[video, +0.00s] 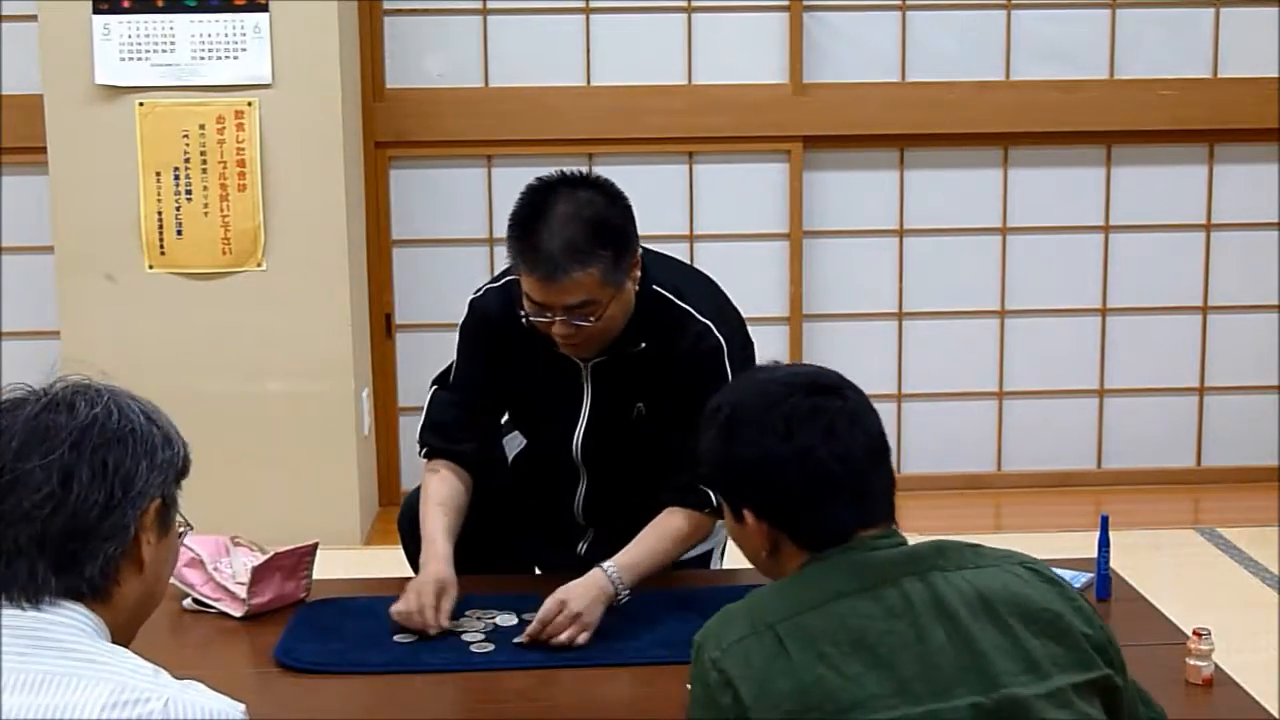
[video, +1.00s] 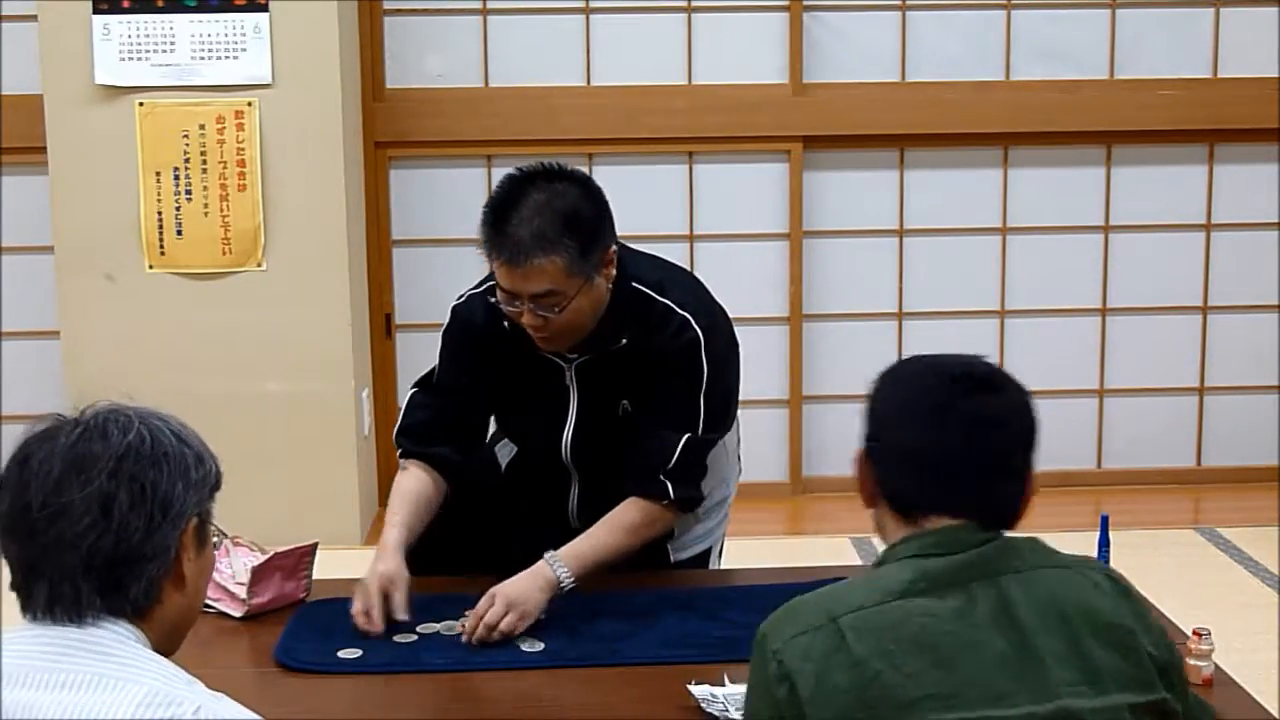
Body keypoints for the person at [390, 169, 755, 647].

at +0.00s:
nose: (559, 330)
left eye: (582, 312)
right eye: (540, 309)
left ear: (633, 271)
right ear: (520, 275)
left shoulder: (702, 331)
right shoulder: (497, 315)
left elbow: (706, 497)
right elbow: (452, 447)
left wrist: (605, 582)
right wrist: (436, 559)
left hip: (654, 520)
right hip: (544, 509)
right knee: (423, 514)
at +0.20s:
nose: (554, 332)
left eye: (576, 313)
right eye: (536, 310)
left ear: (626, 274)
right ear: (516, 279)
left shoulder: (700, 329)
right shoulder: (493, 320)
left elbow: (712, 493)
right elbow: (461, 457)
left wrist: (614, 575)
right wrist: (458, 569)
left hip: (655, 510)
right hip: (546, 505)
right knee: (421, 518)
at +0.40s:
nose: (551, 328)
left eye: (574, 311)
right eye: (533, 307)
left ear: (626, 273)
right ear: (515, 275)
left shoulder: (699, 332)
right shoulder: (492, 319)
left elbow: (693, 500)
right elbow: (455, 455)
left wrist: (572, 566)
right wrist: (433, 560)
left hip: (653, 513)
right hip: (544, 504)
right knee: (420, 520)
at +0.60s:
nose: (544, 320)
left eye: (566, 302)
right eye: (525, 297)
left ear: (624, 272)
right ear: (509, 267)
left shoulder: (695, 335)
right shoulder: (489, 323)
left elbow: (662, 496)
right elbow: (447, 460)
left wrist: (537, 573)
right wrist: (392, 566)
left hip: (652, 542)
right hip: (524, 536)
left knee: (638, 694)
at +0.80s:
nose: (534, 317)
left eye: (556, 299)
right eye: (516, 294)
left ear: (615, 265)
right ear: (498, 264)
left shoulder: (689, 332)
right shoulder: (484, 323)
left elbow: (655, 495)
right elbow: (440, 457)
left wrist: (534, 575)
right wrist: (379, 563)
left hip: (655, 529)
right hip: (534, 519)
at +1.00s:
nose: (527, 318)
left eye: (548, 301)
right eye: (510, 296)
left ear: (607, 267)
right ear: (493, 267)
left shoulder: (687, 330)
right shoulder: (482, 316)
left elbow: (666, 496)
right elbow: (434, 447)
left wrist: (549, 574)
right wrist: (391, 546)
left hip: (653, 544)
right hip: (528, 535)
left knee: (642, 690)